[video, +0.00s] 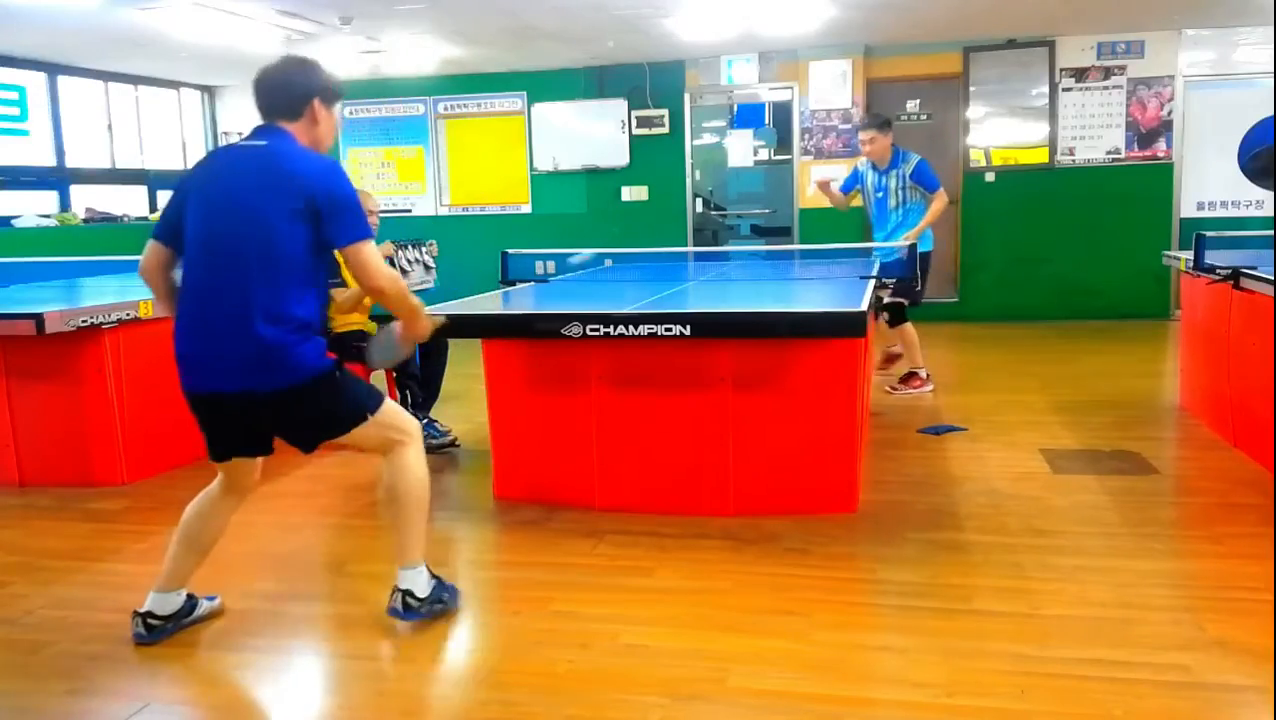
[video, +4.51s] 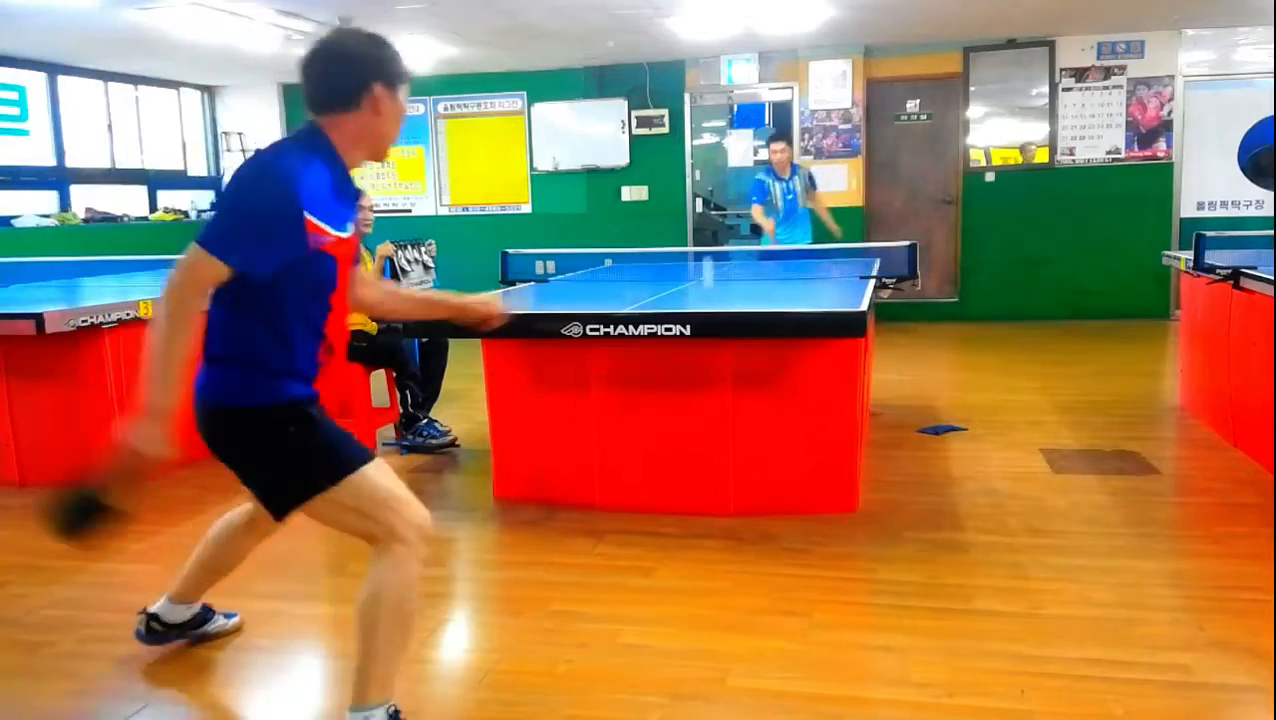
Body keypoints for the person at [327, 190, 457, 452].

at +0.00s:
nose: (376, 221)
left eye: (377, 215)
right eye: (370, 215)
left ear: (377, 217)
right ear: (350, 215)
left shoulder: (370, 252)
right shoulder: (333, 254)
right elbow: (341, 303)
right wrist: (376, 264)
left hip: (370, 329)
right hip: (344, 334)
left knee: (435, 339)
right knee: (405, 343)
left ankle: (420, 416)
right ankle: (414, 419)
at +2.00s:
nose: (376, 218)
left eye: (376, 212)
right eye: (371, 212)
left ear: (353, 217)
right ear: (347, 217)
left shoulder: (365, 255)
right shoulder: (322, 252)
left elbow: (391, 297)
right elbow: (344, 304)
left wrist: (420, 261)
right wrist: (378, 266)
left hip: (364, 331)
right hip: (334, 339)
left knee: (435, 339)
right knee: (402, 347)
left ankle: (419, 418)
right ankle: (411, 425)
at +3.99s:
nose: (377, 217)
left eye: (376, 211)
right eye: (374, 211)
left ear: (357, 218)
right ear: (358, 216)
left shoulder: (363, 253)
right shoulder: (321, 253)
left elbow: (389, 297)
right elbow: (343, 304)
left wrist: (416, 263)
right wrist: (377, 269)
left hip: (364, 330)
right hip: (334, 338)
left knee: (435, 340)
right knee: (401, 347)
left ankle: (419, 419)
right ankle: (412, 427)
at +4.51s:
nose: (370, 216)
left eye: (371, 210)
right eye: (363, 210)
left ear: (371, 214)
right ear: (348, 214)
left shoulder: (364, 251)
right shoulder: (339, 250)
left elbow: (377, 294)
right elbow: (359, 296)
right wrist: (378, 260)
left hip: (370, 327)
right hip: (347, 333)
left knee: (436, 338)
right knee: (402, 346)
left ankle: (420, 417)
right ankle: (411, 424)